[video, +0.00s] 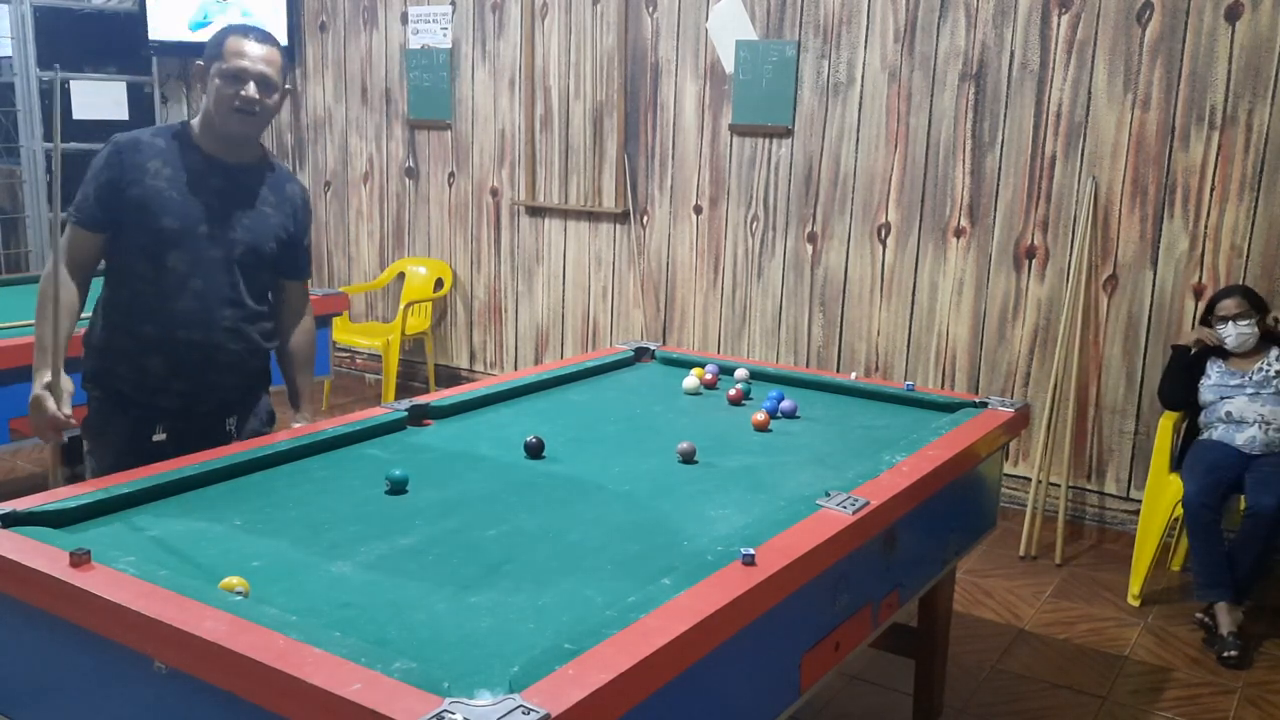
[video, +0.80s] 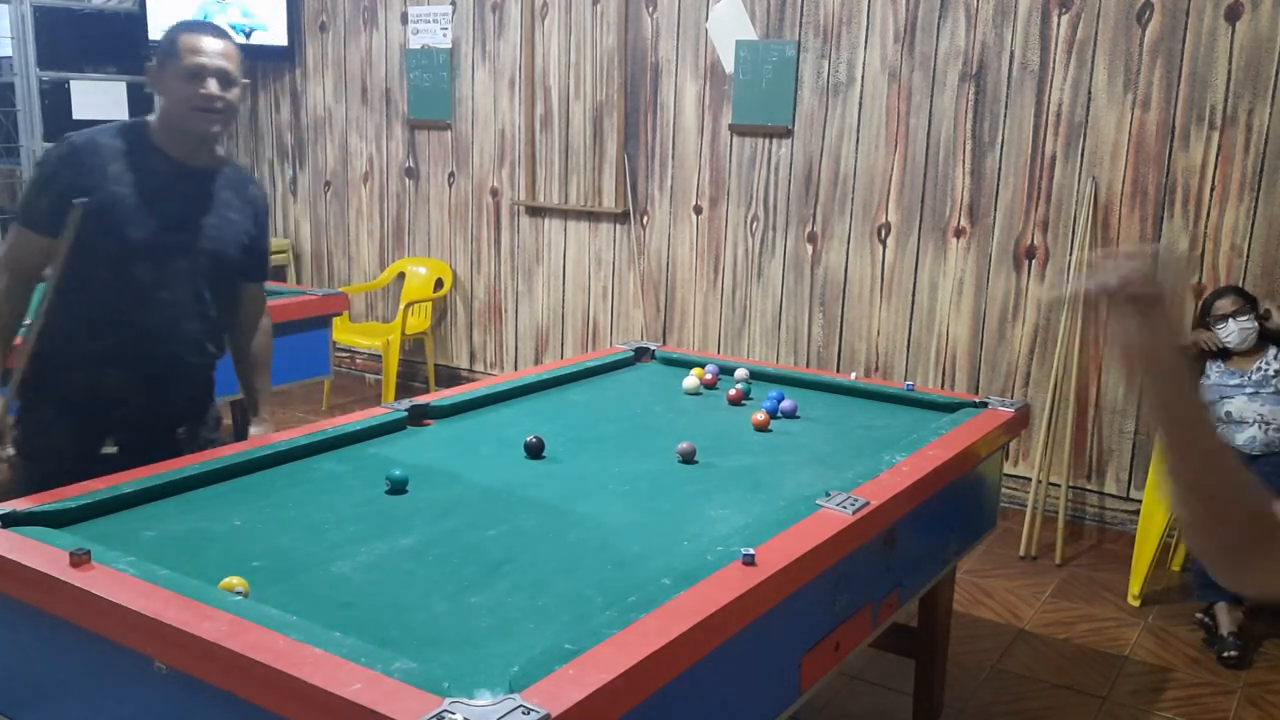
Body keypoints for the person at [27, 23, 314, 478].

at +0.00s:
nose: (250, 94)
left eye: (265, 84)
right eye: (234, 78)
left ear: (283, 100)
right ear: (203, 81)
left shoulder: (288, 196)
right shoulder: (129, 158)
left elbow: (295, 315)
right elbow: (70, 268)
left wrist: (306, 412)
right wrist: (48, 372)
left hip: (234, 414)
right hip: (127, 409)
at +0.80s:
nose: (212, 92)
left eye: (226, 81)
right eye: (194, 76)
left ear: (241, 94)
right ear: (154, 77)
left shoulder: (244, 195)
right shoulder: (80, 160)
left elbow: (250, 317)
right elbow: (14, 277)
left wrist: (261, 415)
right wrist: (3, 392)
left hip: (178, 425)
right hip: (65, 418)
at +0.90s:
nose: (182, 90)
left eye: (195, 78)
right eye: (164, 74)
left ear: (212, 91)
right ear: (125, 78)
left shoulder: (216, 191)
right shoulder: (51, 162)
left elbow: (231, 317)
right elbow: (5, 271)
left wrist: (247, 417)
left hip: (152, 416)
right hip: (40, 407)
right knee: (26, 552)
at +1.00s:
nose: (143, 89)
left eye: (157, 76)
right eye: (123, 74)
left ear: (174, 88)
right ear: (82, 78)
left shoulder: (184, 191)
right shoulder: (17, 169)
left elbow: (206, 314)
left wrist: (228, 419)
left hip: (142, 434)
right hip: (28, 436)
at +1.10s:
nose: (99, 87)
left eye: (113, 72)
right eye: (79, 69)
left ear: (127, 84)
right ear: (36, 76)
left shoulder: (148, 185)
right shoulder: (8, 166)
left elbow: (173, 311)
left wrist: (198, 416)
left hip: (113, 431)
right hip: (14, 432)